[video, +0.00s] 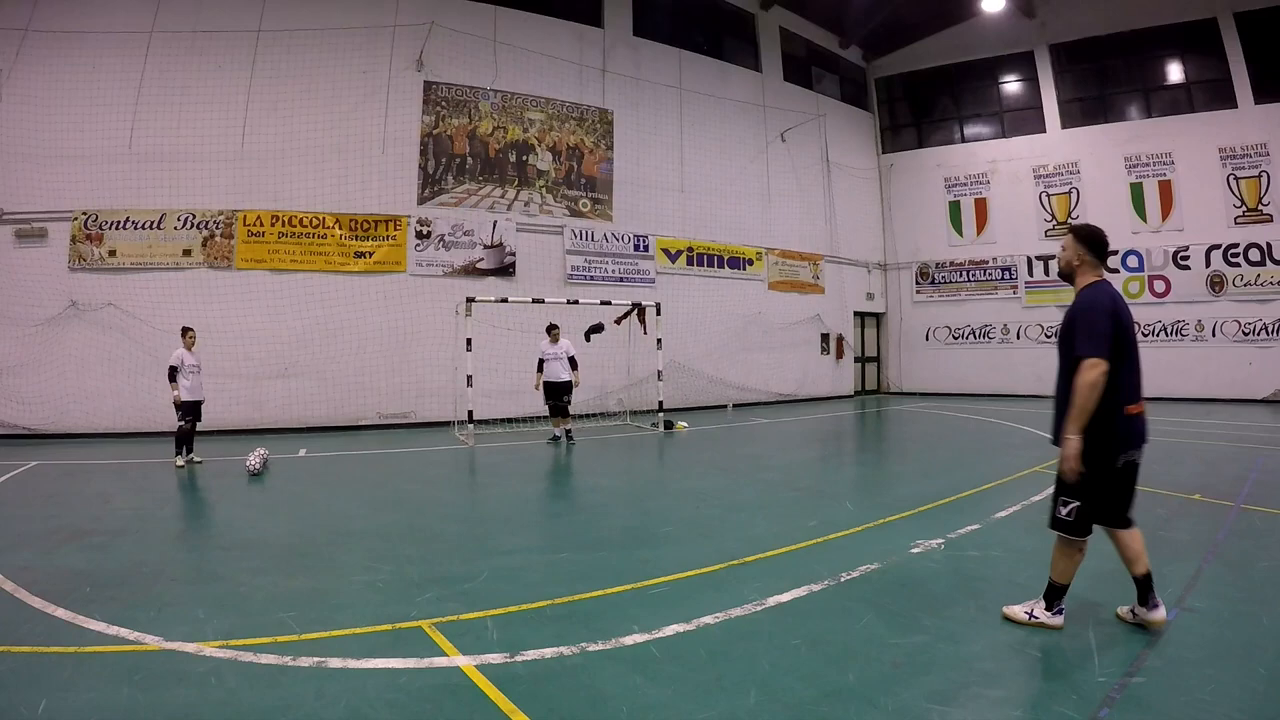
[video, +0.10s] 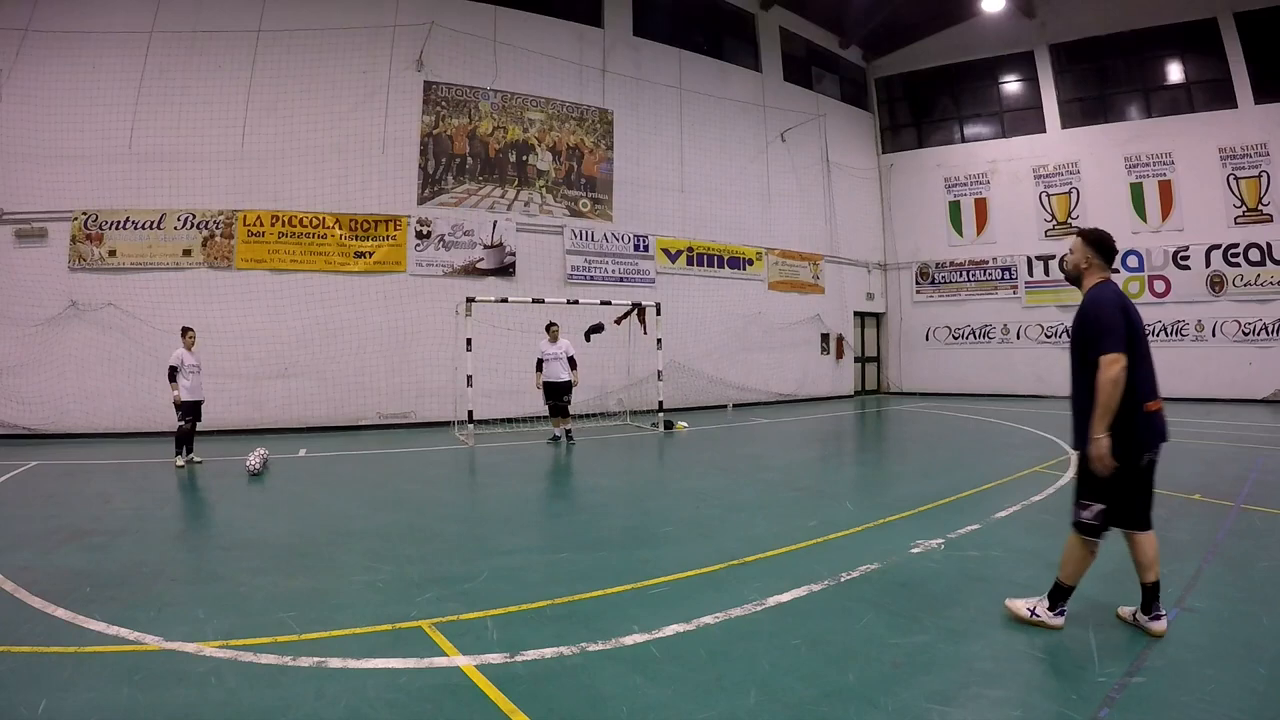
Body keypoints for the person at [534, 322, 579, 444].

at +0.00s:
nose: (557, 336)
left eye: (558, 334)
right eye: (554, 335)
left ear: (560, 333)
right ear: (549, 335)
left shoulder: (566, 344)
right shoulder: (544, 345)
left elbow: (572, 360)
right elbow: (540, 363)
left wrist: (576, 377)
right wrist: (538, 380)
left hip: (564, 380)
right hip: (549, 381)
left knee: (564, 407)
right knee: (552, 409)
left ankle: (568, 433)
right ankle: (557, 434)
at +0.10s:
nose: (556, 333)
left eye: (557, 331)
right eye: (553, 331)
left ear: (559, 331)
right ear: (548, 333)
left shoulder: (565, 344)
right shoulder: (543, 345)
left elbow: (572, 360)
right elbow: (539, 362)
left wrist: (575, 376)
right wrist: (538, 378)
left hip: (564, 380)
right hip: (548, 381)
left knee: (564, 407)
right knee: (552, 409)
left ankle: (568, 433)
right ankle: (557, 433)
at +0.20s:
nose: (554, 331)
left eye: (556, 329)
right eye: (551, 330)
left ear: (559, 330)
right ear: (547, 332)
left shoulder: (565, 343)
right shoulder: (542, 345)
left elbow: (571, 360)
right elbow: (538, 362)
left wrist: (575, 377)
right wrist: (537, 379)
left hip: (564, 380)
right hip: (548, 381)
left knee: (564, 408)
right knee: (552, 409)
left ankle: (568, 432)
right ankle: (557, 433)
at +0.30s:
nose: (554, 332)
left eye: (556, 329)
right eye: (551, 330)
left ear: (558, 331)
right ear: (547, 332)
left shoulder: (564, 344)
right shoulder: (541, 346)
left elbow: (570, 361)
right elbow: (537, 363)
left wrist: (574, 378)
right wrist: (535, 381)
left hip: (564, 380)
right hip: (548, 381)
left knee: (564, 407)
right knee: (552, 409)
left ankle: (569, 432)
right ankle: (557, 433)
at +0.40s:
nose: (554, 333)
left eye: (555, 330)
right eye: (551, 331)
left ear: (558, 331)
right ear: (547, 332)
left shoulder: (564, 344)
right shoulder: (541, 346)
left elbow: (570, 362)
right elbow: (537, 364)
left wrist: (574, 378)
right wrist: (533, 382)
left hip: (563, 380)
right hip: (548, 382)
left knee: (565, 407)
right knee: (552, 409)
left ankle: (569, 431)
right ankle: (557, 433)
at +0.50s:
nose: (554, 333)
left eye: (555, 331)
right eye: (551, 331)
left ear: (558, 332)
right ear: (547, 333)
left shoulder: (564, 344)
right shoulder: (541, 346)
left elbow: (570, 362)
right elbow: (536, 364)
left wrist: (574, 379)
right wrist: (532, 382)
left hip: (563, 380)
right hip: (548, 382)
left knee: (566, 407)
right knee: (552, 409)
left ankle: (571, 431)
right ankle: (557, 433)